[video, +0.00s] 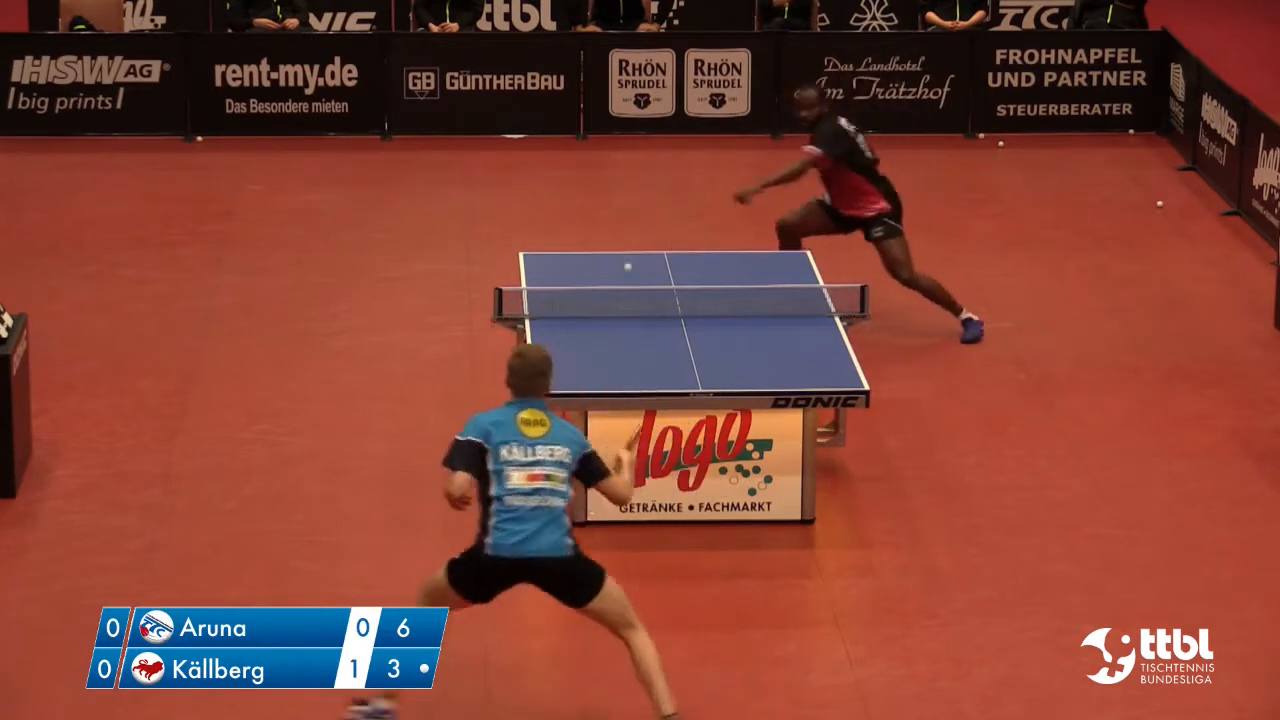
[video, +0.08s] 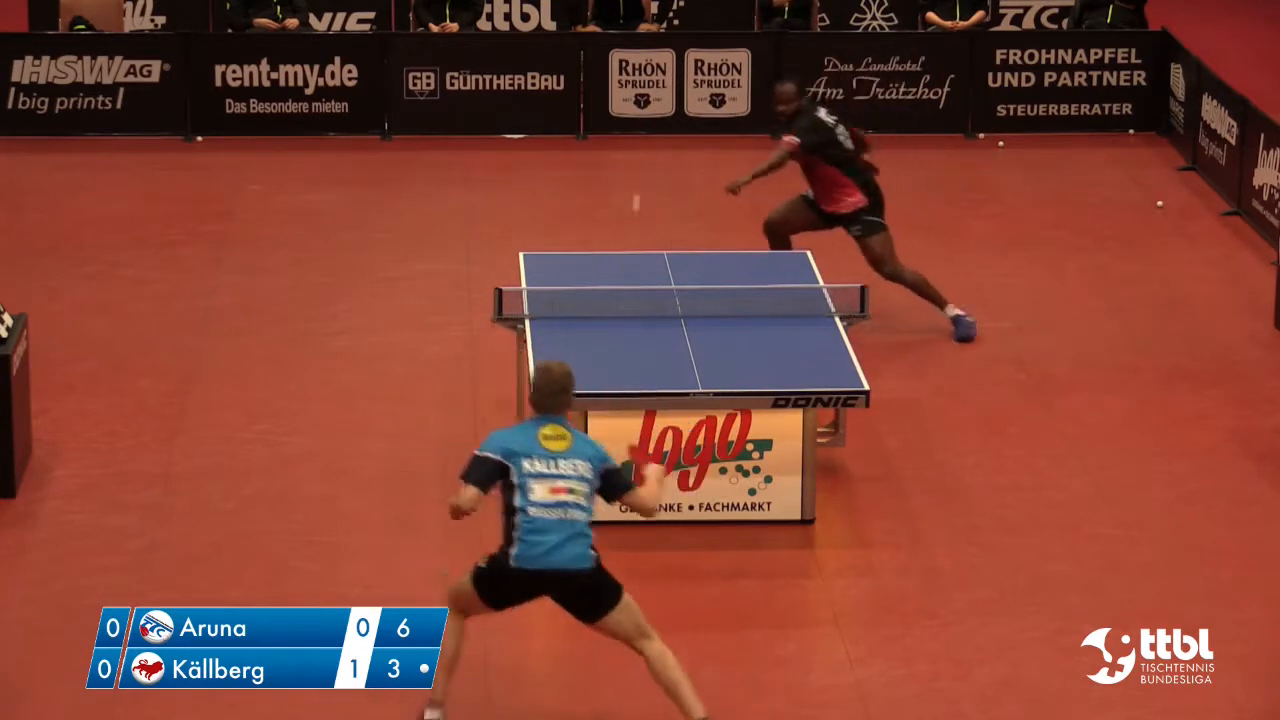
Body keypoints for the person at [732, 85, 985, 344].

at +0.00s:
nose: (802, 113)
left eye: (808, 106)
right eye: (799, 108)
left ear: (823, 104)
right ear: (798, 109)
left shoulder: (830, 130)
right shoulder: (826, 125)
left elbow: (800, 170)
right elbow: (866, 155)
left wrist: (756, 189)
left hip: (876, 210)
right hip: (842, 207)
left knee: (904, 274)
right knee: (787, 227)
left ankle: (966, 318)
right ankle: (791, 299)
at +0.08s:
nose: (781, 108)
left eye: (787, 102)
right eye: (778, 102)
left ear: (801, 100)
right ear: (776, 102)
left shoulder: (804, 124)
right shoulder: (815, 113)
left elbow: (780, 159)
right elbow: (859, 139)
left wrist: (745, 180)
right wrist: (859, 160)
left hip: (859, 206)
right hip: (826, 202)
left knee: (889, 268)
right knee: (774, 226)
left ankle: (953, 313)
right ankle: (789, 293)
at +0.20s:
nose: (756, 84)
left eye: (761, 77)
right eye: (753, 78)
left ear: (775, 76)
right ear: (755, 78)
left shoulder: (787, 97)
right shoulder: (774, 100)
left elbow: (802, 124)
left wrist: (797, 154)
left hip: (833, 181)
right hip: (803, 182)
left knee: (855, 249)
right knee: (760, 224)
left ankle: (910, 306)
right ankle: (778, 289)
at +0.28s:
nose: (750, 62)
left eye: (754, 55)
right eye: (748, 56)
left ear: (771, 53)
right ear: (760, 56)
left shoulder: (803, 77)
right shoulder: (764, 87)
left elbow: (824, 110)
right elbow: (754, 132)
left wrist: (815, 126)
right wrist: (709, 136)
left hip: (817, 167)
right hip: (783, 169)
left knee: (818, 227)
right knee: (753, 225)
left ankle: (856, 289)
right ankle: (776, 282)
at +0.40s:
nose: (762, 57)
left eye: (768, 51)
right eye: (760, 51)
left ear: (782, 50)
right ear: (758, 51)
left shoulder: (807, 73)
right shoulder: (753, 70)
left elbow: (840, 73)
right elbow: (723, 48)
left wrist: (830, 29)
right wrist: (760, 37)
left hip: (788, 153)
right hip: (756, 154)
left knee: (778, 201)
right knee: (720, 224)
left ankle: (812, 262)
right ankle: (759, 268)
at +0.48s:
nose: (768, 65)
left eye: (774, 59)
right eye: (765, 58)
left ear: (789, 59)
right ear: (758, 57)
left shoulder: (803, 84)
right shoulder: (749, 73)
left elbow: (848, 69)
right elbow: (727, 24)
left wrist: (843, 24)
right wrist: (760, 16)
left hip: (765, 163)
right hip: (729, 159)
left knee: (766, 214)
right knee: (690, 224)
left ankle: (813, 265)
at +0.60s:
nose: (764, 80)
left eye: (770, 75)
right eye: (760, 74)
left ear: (782, 75)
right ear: (754, 71)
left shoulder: (794, 109)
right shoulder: (737, 85)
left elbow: (835, 128)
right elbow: (710, 45)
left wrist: (853, 98)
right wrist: (742, 28)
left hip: (746, 190)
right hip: (707, 177)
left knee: (751, 256)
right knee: (665, 241)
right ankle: (650, 291)